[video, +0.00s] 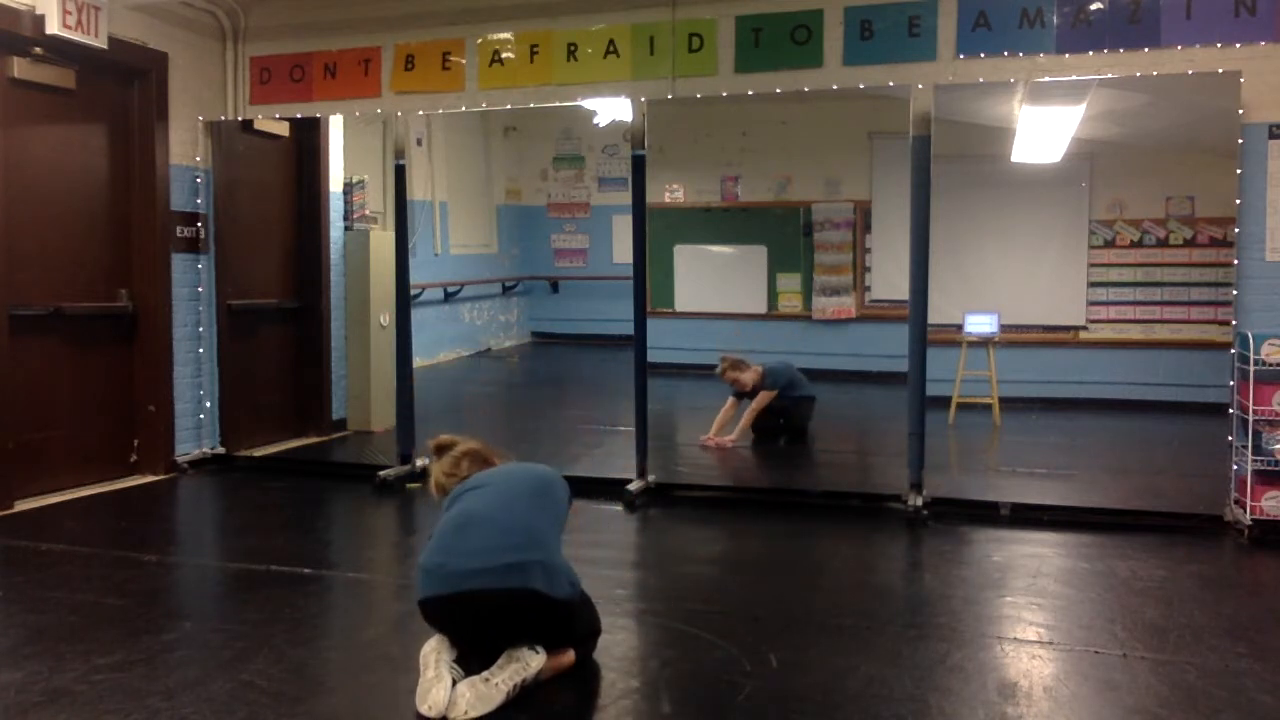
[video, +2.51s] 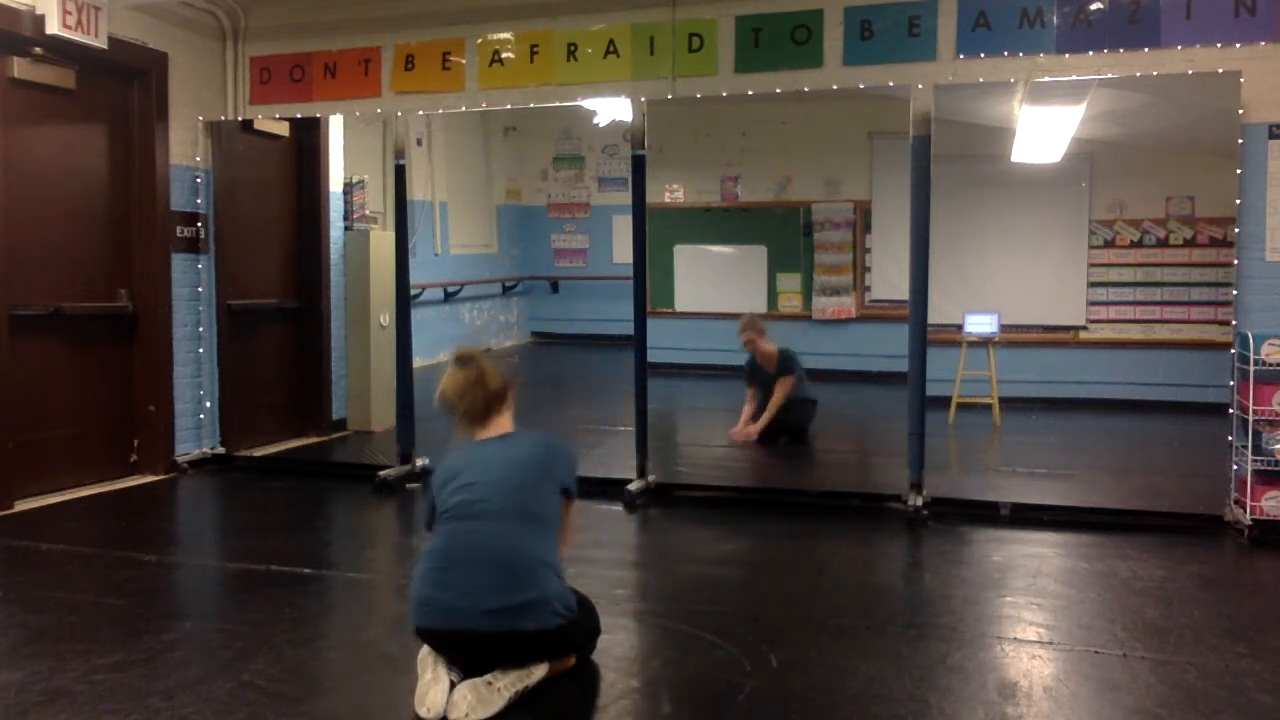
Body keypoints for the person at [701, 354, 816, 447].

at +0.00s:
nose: (736, 387)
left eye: (736, 381)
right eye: (733, 384)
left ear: (746, 370)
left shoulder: (777, 375)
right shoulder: (745, 383)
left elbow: (755, 409)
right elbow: (729, 409)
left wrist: (733, 437)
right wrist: (712, 434)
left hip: (800, 400)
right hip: (774, 401)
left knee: (795, 431)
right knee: (761, 431)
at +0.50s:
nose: (761, 325)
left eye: (765, 321)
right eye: (757, 322)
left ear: (774, 325)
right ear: (752, 326)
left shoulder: (787, 351)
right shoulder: (748, 354)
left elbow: (813, 381)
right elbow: (740, 384)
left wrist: (786, 399)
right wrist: (754, 398)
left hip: (793, 408)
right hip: (765, 408)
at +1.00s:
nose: (793, 336)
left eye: (798, 332)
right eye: (791, 330)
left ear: (803, 335)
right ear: (784, 329)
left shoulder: (806, 361)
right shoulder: (765, 352)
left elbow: (815, 389)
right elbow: (748, 382)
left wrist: (800, 407)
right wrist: (769, 410)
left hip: (795, 419)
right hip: (766, 418)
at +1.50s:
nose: (800, 394)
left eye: (804, 391)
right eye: (799, 389)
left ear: (810, 387)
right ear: (792, 379)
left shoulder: (807, 385)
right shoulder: (769, 380)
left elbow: (814, 414)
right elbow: (782, 413)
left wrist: (823, 440)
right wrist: (802, 440)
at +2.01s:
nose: (784, 334)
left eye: (788, 329)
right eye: (780, 329)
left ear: (795, 332)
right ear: (774, 333)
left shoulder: (806, 358)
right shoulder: (765, 355)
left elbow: (813, 388)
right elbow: (755, 387)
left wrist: (805, 405)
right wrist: (773, 405)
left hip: (797, 407)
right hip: (771, 407)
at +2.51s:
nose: (749, 347)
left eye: (751, 342)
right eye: (746, 344)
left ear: (762, 337)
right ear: (744, 344)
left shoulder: (786, 358)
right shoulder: (752, 365)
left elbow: (779, 397)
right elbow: (751, 400)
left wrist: (757, 427)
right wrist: (740, 427)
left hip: (799, 402)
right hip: (770, 403)